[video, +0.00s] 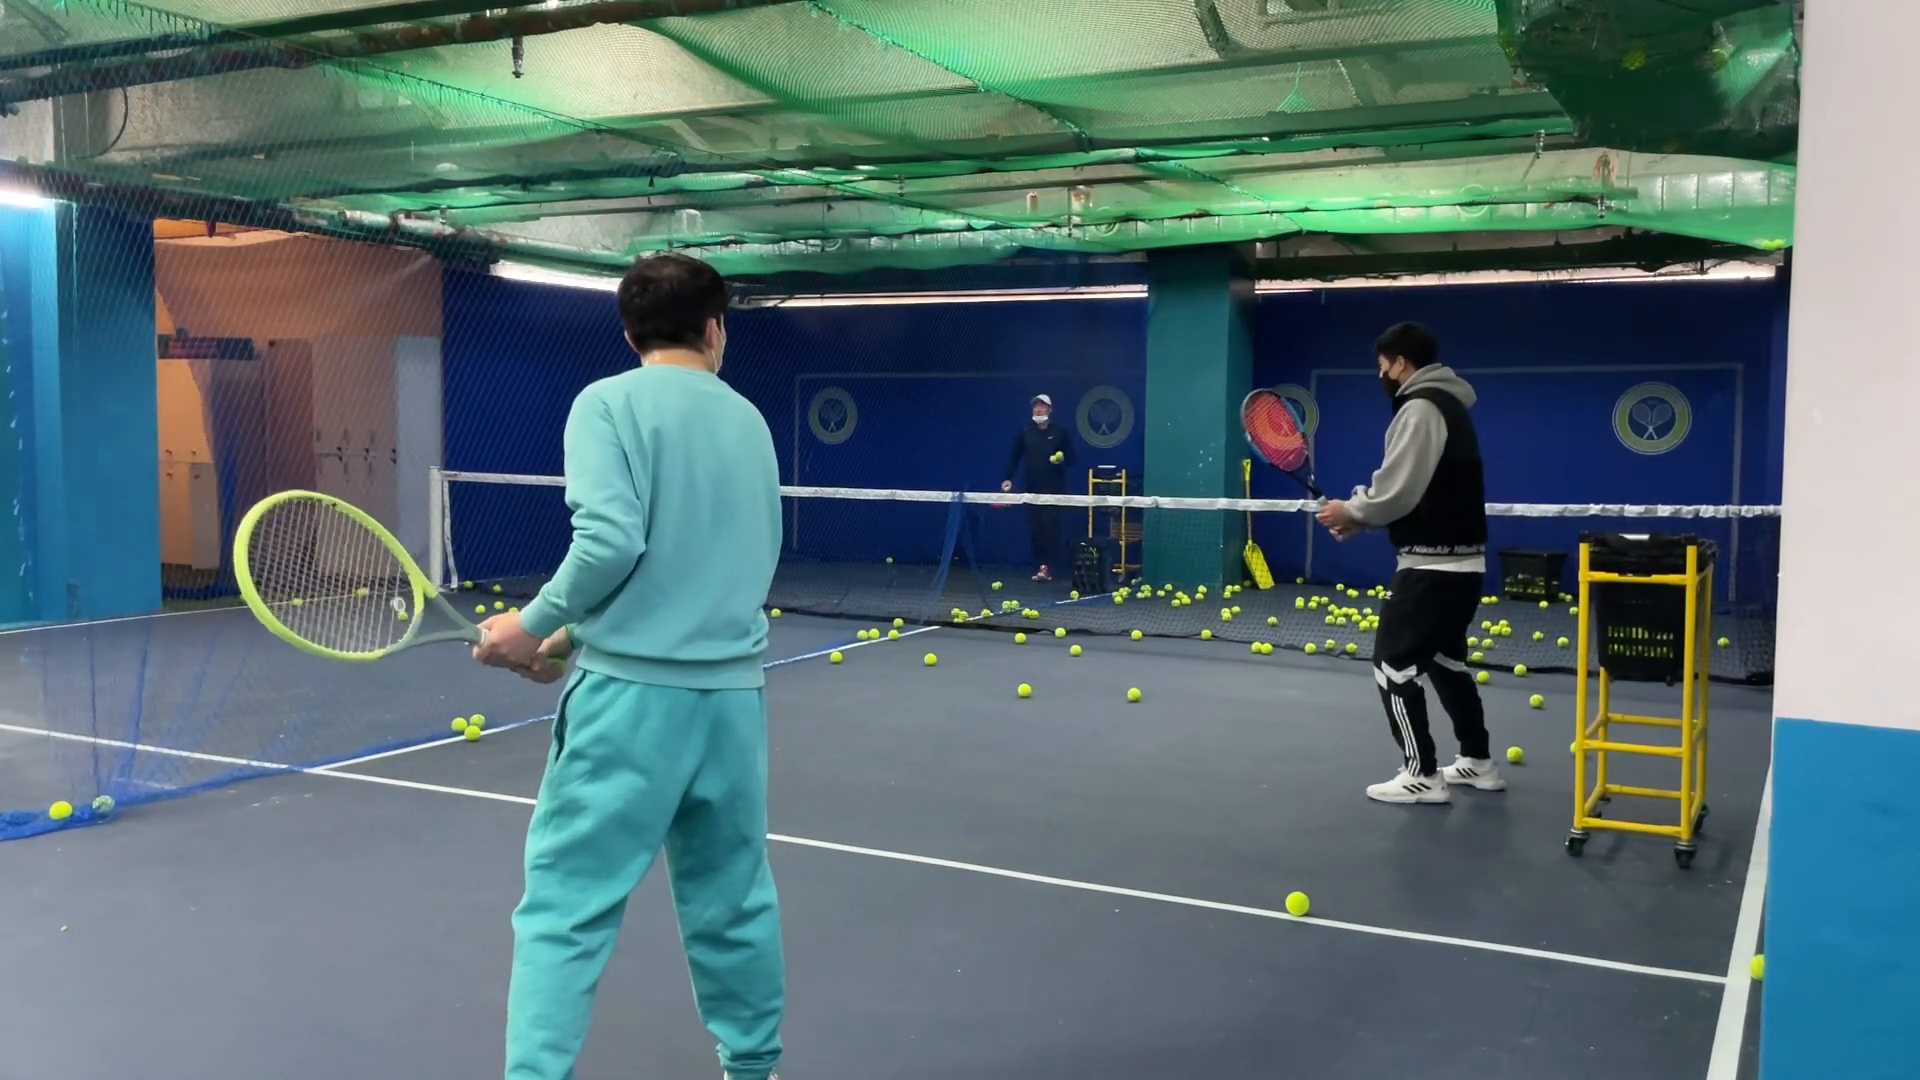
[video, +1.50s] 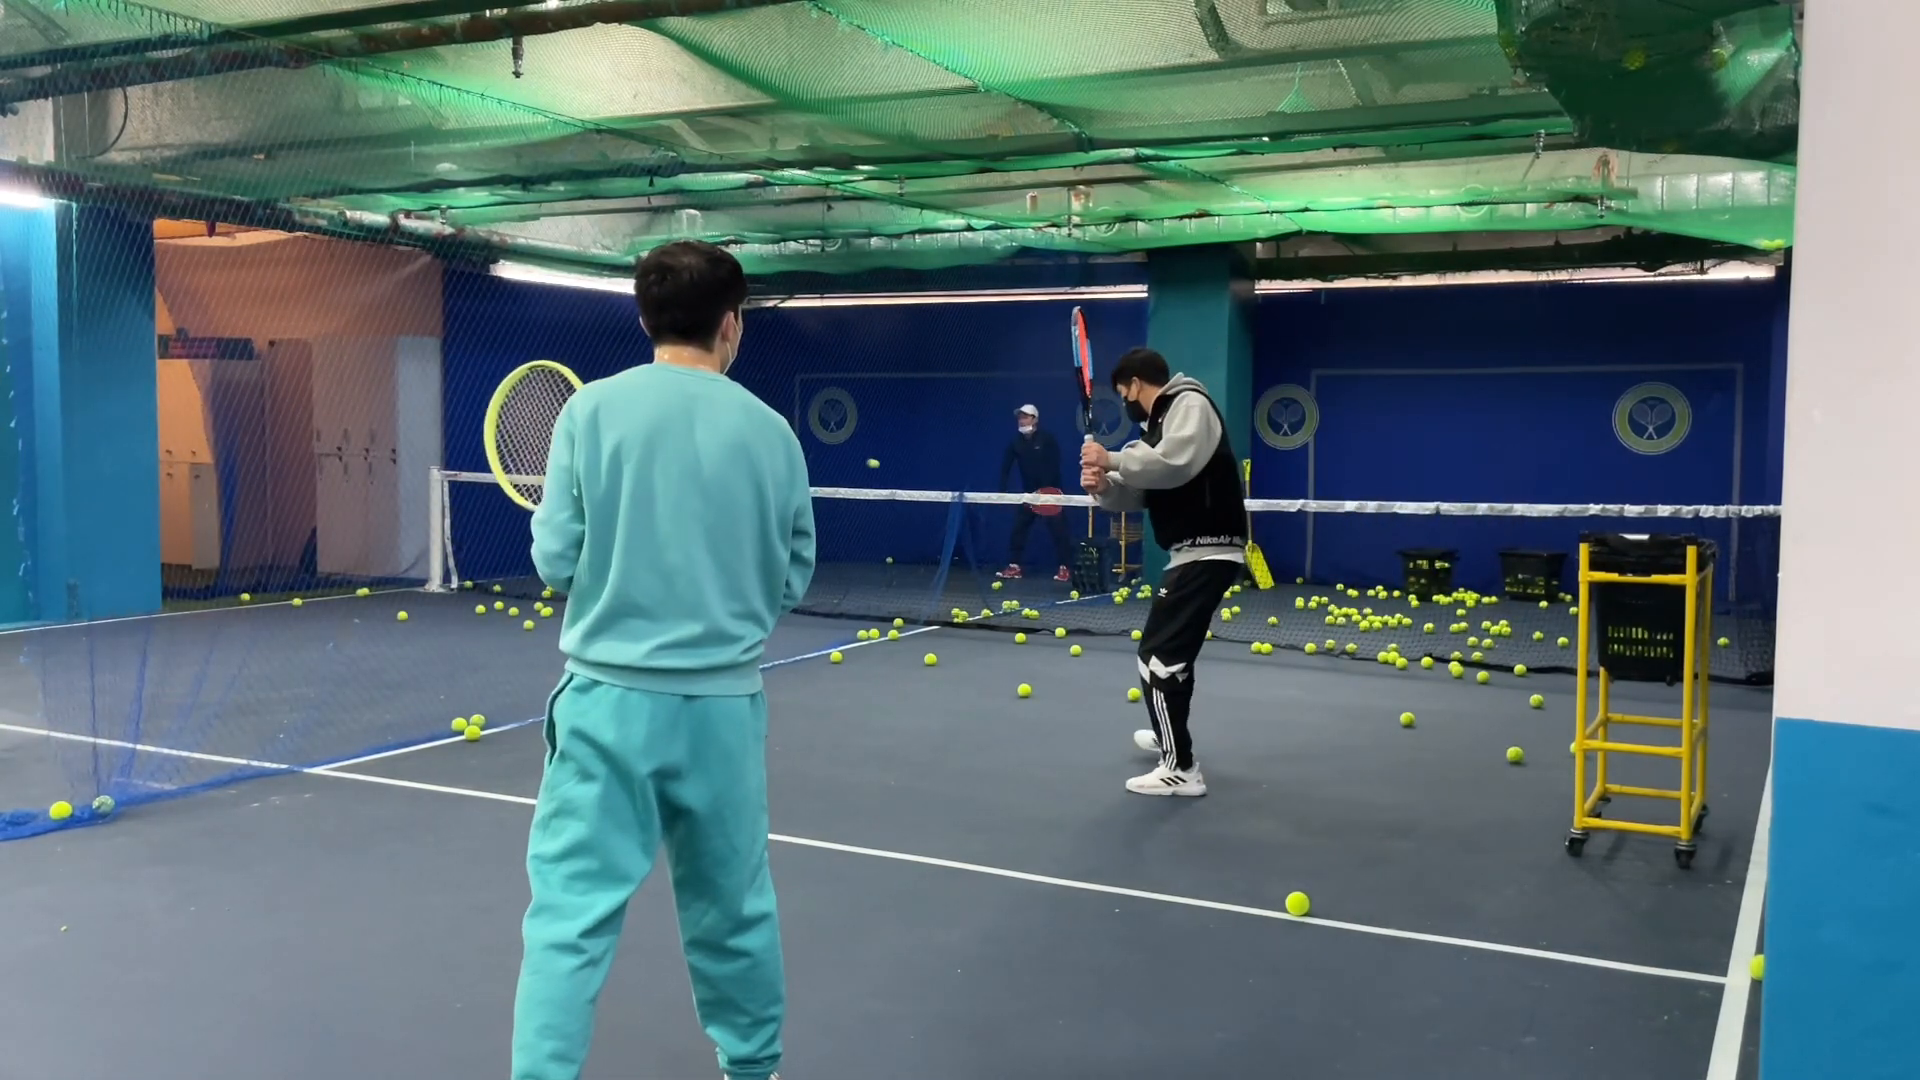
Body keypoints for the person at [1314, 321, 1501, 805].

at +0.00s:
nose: (1383, 374)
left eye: (1384, 365)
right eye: (1382, 365)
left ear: (1402, 362)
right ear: (1423, 360)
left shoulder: (1420, 410)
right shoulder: (1449, 406)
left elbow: (1398, 487)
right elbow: (1419, 491)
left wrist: (1350, 508)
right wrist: (1362, 518)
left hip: (1430, 568)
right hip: (1462, 567)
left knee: (1394, 668)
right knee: (1447, 661)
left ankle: (1421, 775)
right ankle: (1478, 762)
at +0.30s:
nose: (1350, 376)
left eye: (1351, 368)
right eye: (1350, 368)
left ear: (1364, 366)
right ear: (1392, 364)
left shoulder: (1379, 413)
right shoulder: (1412, 409)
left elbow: (1352, 490)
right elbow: (1384, 496)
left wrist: (1312, 508)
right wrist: (1327, 524)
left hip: (1395, 567)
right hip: (1414, 563)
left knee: (1370, 666)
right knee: (1373, 661)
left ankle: (1422, 777)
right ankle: (1406, 757)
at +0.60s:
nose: (1304, 380)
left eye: (1303, 372)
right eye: (1303, 372)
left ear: (1315, 370)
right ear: (1344, 365)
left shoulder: (1331, 412)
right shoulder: (1364, 409)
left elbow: (1305, 488)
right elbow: (1334, 499)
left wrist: (1261, 505)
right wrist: (1273, 520)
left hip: (1348, 567)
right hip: (1371, 565)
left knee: (1305, 664)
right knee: (1331, 664)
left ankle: (1384, 745)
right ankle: (1354, 763)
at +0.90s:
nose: (1239, 382)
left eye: (1239, 372)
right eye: (1238, 373)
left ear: (1252, 368)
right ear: (1276, 364)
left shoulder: (1279, 409)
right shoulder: (1294, 406)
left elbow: (1255, 483)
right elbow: (1268, 493)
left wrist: (1200, 497)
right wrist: (1211, 513)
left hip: (1293, 564)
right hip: (1311, 562)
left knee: (1240, 662)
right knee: (1308, 662)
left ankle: (1193, 762)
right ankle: (1357, 761)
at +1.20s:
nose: (1171, 401)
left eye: (1168, 392)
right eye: (1167, 394)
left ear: (1180, 383)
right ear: (1200, 378)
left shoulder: (1219, 414)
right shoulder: (1219, 414)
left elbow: (1191, 482)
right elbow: (1191, 496)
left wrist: (1132, 485)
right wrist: (1134, 506)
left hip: (1230, 566)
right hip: (1240, 565)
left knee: (1168, 658)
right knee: (1206, 656)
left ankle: (1180, 770)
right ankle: (1274, 732)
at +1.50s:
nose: (1129, 405)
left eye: (1125, 395)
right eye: (1124, 398)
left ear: (1135, 383)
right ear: (1153, 380)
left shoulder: (1190, 403)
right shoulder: (1162, 421)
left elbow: (1175, 461)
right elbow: (1143, 492)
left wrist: (1111, 460)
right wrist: (1105, 486)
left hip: (1210, 553)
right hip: (1192, 553)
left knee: (1162, 655)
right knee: (1157, 649)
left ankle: (1180, 770)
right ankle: (1173, 735)